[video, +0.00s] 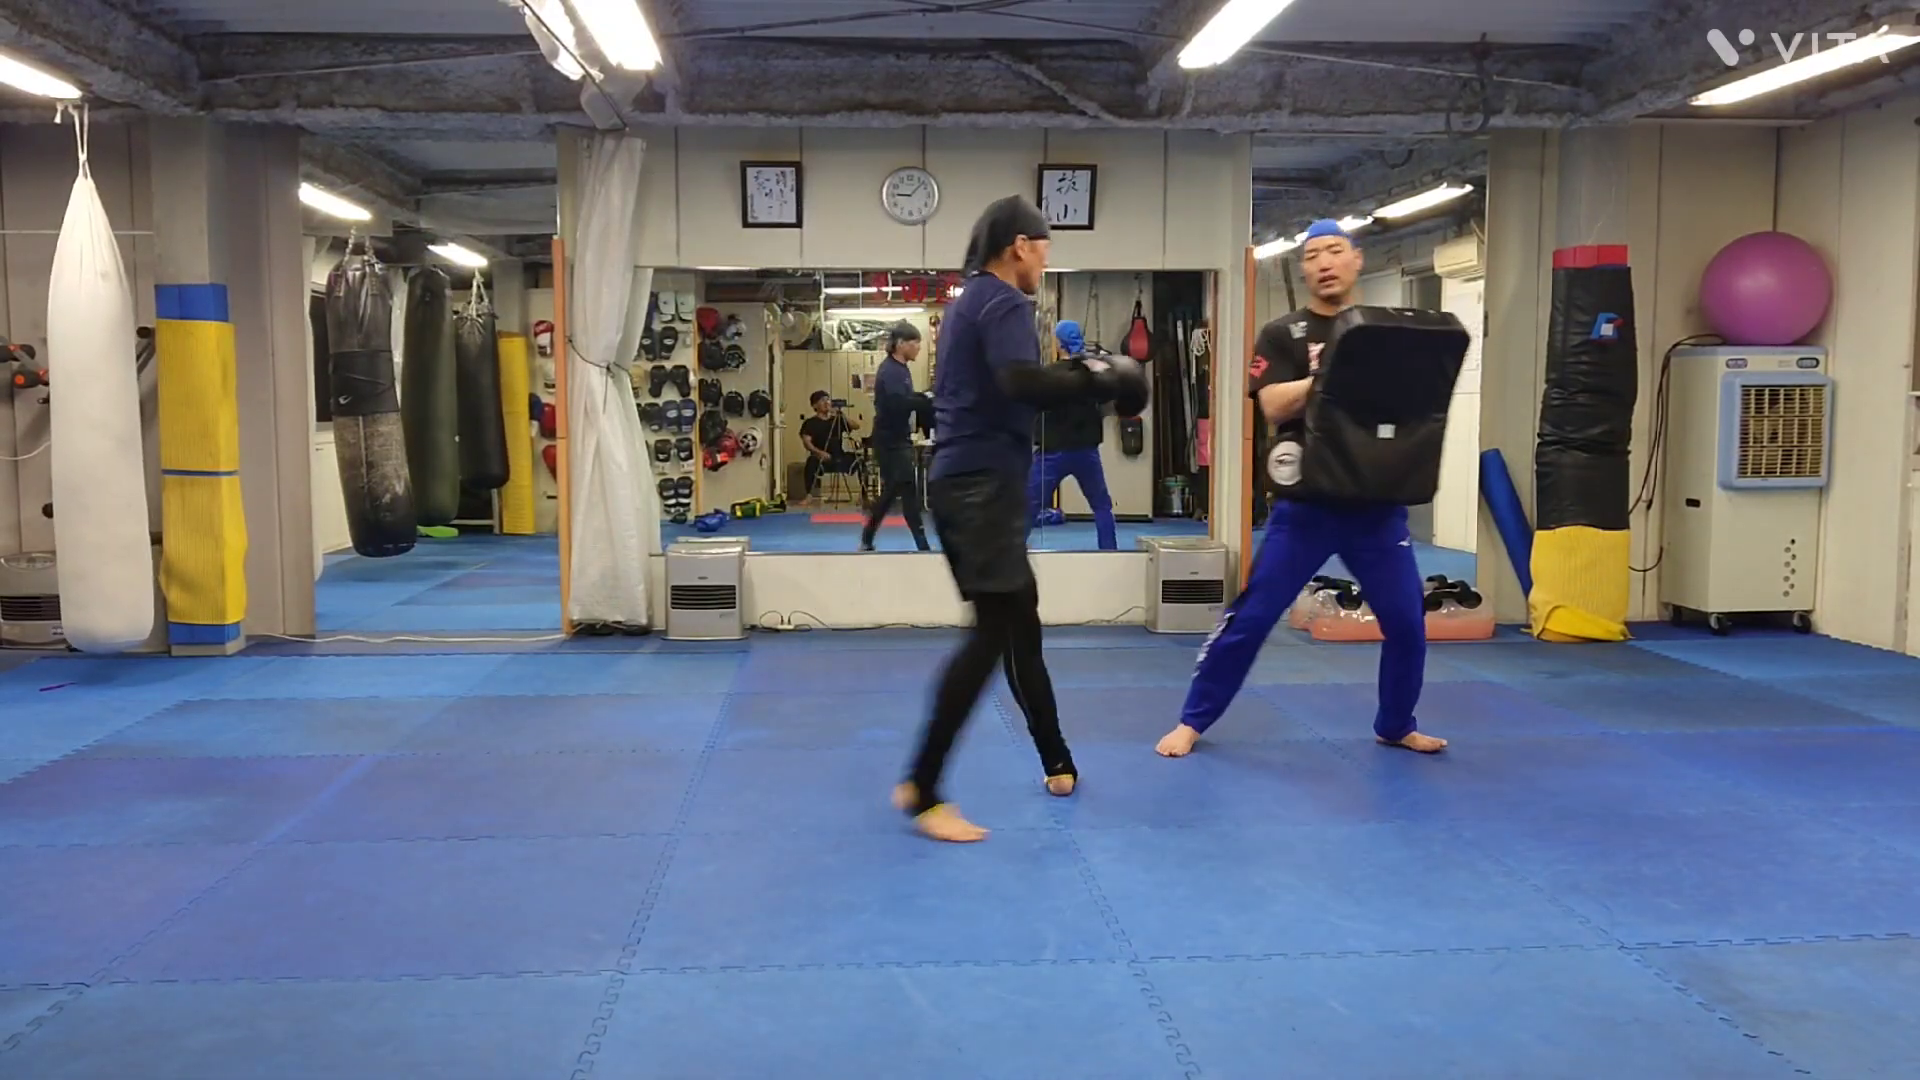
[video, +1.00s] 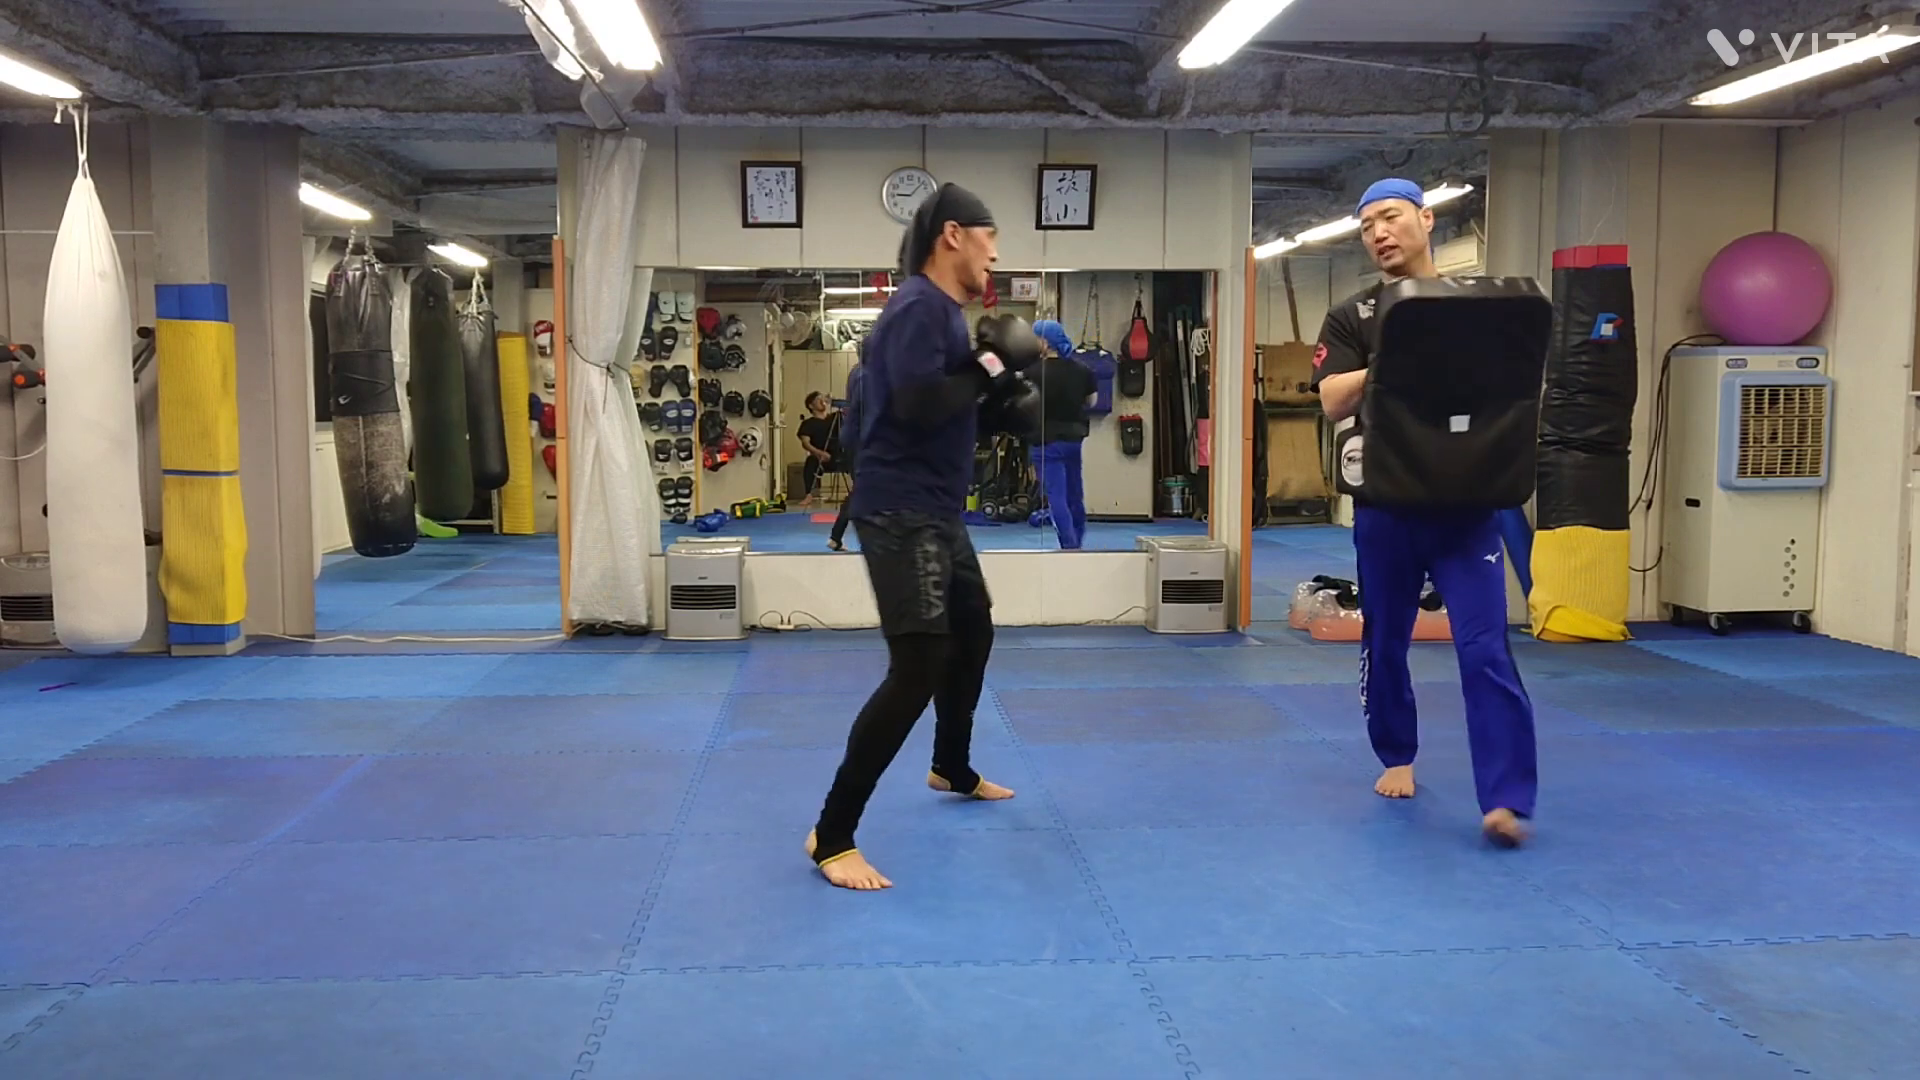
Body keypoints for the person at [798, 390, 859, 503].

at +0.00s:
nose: (826, 402)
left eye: (827, 399)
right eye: (823, 400)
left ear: (830, 402)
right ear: (815, 406)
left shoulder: (837, 419)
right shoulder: (809, 423)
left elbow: (856, 426)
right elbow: (807, 443)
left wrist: (841, 415)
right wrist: (820, 453)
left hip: (839, 457)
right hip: (822, 458)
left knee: (860, 461)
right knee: (811, 462)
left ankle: (864, 494)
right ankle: (809, 495)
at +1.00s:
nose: (823, 401)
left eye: (823, 399)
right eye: (818, 400)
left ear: (826, 402)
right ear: (811, 406)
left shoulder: (835, 418)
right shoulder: (808, 423)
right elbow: (806, 444)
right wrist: (820, 453)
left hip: (839, 455)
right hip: (821, 457)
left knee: (854, 457)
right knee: (811, 461)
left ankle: (857, 490)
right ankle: (808, 495)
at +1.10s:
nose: (822, 402)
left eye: (823, 399)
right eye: (818, 400)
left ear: (826, 402)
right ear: (811, 406)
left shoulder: (834, 418)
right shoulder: (808, 423)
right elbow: (806, 444)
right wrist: (820, 453)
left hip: (837, 456)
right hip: (820, 458)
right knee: (811, 461)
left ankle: (844, 494)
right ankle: (808, 495)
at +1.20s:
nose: (821, 401)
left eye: (821, 399)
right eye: (817, 400)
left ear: (825, 401)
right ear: (810, 406)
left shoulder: (832, 419)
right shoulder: (807, 423)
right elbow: (805, 443)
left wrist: (835, 401)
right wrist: (820, 453)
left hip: (834, 453)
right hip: (818, 455)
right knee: (810, 462)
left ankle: (840, 493)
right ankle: (808, 494)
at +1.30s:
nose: (821, 402)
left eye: (820, 399)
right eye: (817, 400)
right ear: (810, 406)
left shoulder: (830, 420)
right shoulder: (807, 423)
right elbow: (805, 443)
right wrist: (819, 453)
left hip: (831, 458)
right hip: (815, 459)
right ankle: (810, 495)